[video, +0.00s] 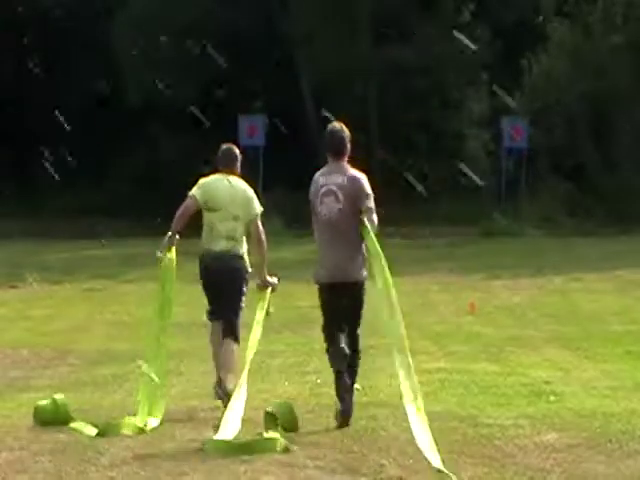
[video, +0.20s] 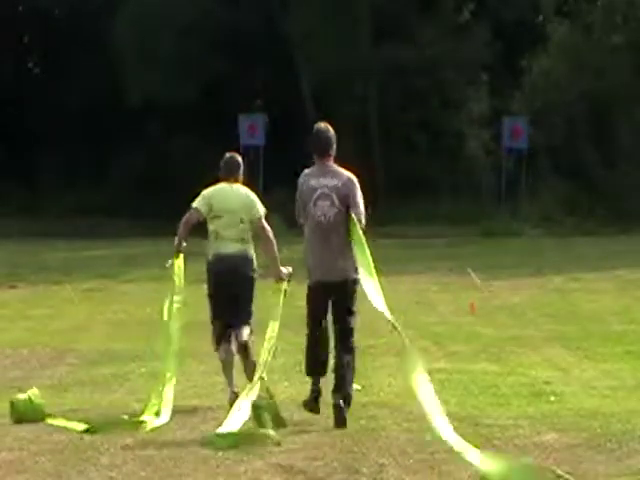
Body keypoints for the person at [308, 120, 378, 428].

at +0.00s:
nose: (348, 149)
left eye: (340, 144)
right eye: (349, 144)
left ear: (325, 148)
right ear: (348, 147)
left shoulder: (317, 179)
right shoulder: (358, 180)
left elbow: (315, 221)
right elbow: (371, 220)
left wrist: (323, 244)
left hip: (326, 271)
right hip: (353, 271)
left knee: (331, 328)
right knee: (351, 330)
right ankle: (348, 389)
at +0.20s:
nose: (320, 153)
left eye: (317, 147)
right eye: (329, 147)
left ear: (312, 149)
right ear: (335, 148)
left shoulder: (305, 179)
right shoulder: (348, 180)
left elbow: (299, 218)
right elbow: (359, 221)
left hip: (317, 271)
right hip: (344, 270)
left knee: (316, 327)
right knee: (345, 331)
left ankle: (315, 383)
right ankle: (343, 393)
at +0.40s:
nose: (319, 158)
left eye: (309, 153)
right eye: (320, 153)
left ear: (301, 156)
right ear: (321, 154)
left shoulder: (301, 182)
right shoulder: (322, 177)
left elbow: (332, 207)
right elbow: (326, 209)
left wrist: (354, 198)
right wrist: (351, 194)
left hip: (305, 271)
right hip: (329, 269)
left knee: (312, 336)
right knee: (334, 323)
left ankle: (314, 400)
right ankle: (331, 361)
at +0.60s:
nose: (331, 155)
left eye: (328, 151)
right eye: (331, 151)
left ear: (309, 152)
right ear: (329, 153)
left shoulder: (303, 176)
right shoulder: (326, 182)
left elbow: (322, 209)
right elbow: (326, 222)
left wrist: (346, 204)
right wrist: (351, 207)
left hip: (296, 269)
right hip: (320, 268)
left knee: (304, 330)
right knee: (328, 331)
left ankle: (296, 362)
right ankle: (321, 391)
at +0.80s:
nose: (317, 149)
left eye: (311, 144)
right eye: (320, 144)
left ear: (303, 146)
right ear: (324, 146)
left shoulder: (292, 171)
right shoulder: (333, 176)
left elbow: (285, 207)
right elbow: (339, 213)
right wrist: (337, 234)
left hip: (298, 256)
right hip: (324, 256)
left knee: (298, 315)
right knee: (323, 316)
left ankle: (297, 369)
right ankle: (321, 371)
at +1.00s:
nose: (307, 158)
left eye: (302, 153)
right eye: (311, 153)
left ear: (293, 156)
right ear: (312, 154)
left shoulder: (287, 183)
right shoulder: (324, 180)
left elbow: (286, 218)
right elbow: (334, 216)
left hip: (296, 266)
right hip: (320, 266)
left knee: (302, 329)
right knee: (322, 318)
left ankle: (308, 383)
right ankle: (323, 350)